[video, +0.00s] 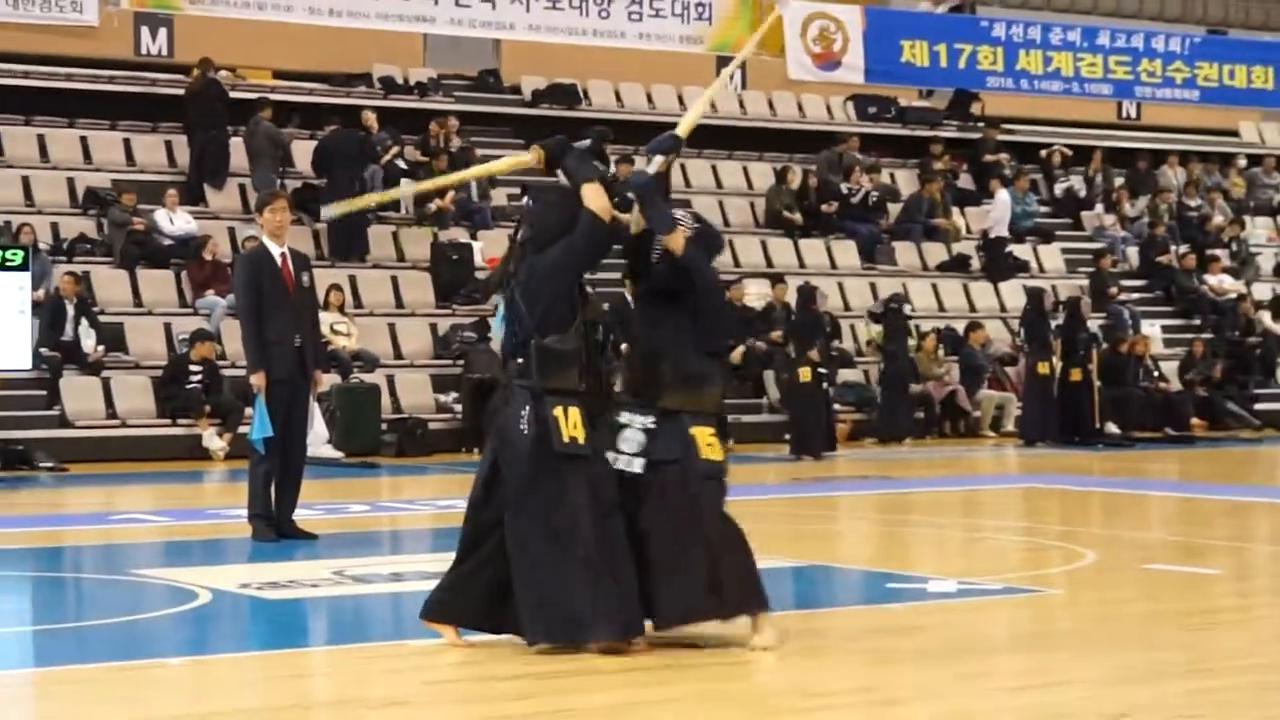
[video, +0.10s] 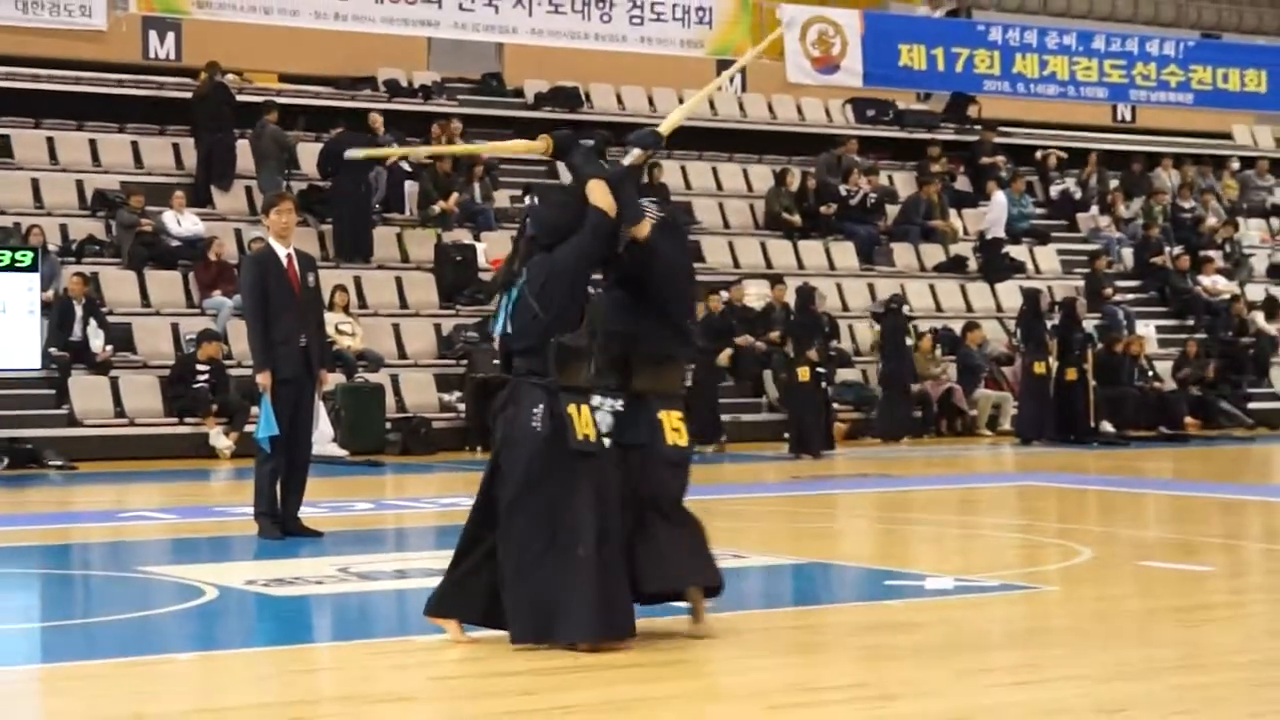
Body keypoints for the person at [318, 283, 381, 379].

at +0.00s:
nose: (338, 297)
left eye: (340, 295)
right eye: (335, 294)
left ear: (343, 298)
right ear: (328, 296)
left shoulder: (347, 316)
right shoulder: (321, 315)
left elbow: (354, 332)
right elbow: (324, 334)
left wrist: (351, 345)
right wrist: (340, 344)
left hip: (349, 346)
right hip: (333, 346)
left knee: (373, 359)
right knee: (345, 361)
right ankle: (350, 389)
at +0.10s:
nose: (343, 298)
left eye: (345, 295)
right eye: (340, 295)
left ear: (348, 298)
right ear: (333, 297)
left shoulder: (351, 316)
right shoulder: (326, 316)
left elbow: (359, 332)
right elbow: (328, 334)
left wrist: (355, 344)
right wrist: (343, 344)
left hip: (354, 346)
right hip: (338, 347)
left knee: (377, 359)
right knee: (350, 361)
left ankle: (366, 384)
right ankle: (354, 389)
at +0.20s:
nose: (348, 299)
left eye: (351, 296)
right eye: (345, 296)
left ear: (354, 299)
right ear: (339, 298)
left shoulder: (357, 316)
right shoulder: (332, 316)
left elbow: (365, 331)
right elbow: (334, 334)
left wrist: (361, 344)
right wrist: (350, 344)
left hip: (360, 346)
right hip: (344, 346)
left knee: (383, 358)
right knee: (356, 361)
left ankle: (371, 383)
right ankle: (359, 386)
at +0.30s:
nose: (357, 300)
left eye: (359, 298)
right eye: (354, 297)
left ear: (362, 301)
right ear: (348, 300)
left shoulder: (366, 319)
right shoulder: (341, 317)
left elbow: (373, 333)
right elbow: (343, 335)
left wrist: (370, 345)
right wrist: (358, 345)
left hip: (369, 346)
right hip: (353, 347)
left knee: (390, 359)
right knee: (365, 361)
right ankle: (366, 387)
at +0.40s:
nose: (363, 303)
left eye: (365, 300)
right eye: (360, 300)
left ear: (368, 303)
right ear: (354, 302)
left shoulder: (371, 320)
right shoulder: (347, 319)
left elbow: (379, 334)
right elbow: (349, 336)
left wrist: (375, 346)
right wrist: (364, 345)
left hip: (374, 347)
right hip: (359, 347)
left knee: (395, 359)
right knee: (370, 362)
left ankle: (385, 383)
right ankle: (371, 385)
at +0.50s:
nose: (364, 304)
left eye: (366, 301)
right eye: (361, 301)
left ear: (369, 304)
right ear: (355, 302)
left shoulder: (372, 320)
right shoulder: (349, 319)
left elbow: (379, 334)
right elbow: (350, 337)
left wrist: (376, 346)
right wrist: (366, 347)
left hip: (375, 348)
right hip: (361, 348)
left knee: (396, 361)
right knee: (371, 362)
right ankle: (372, 385)